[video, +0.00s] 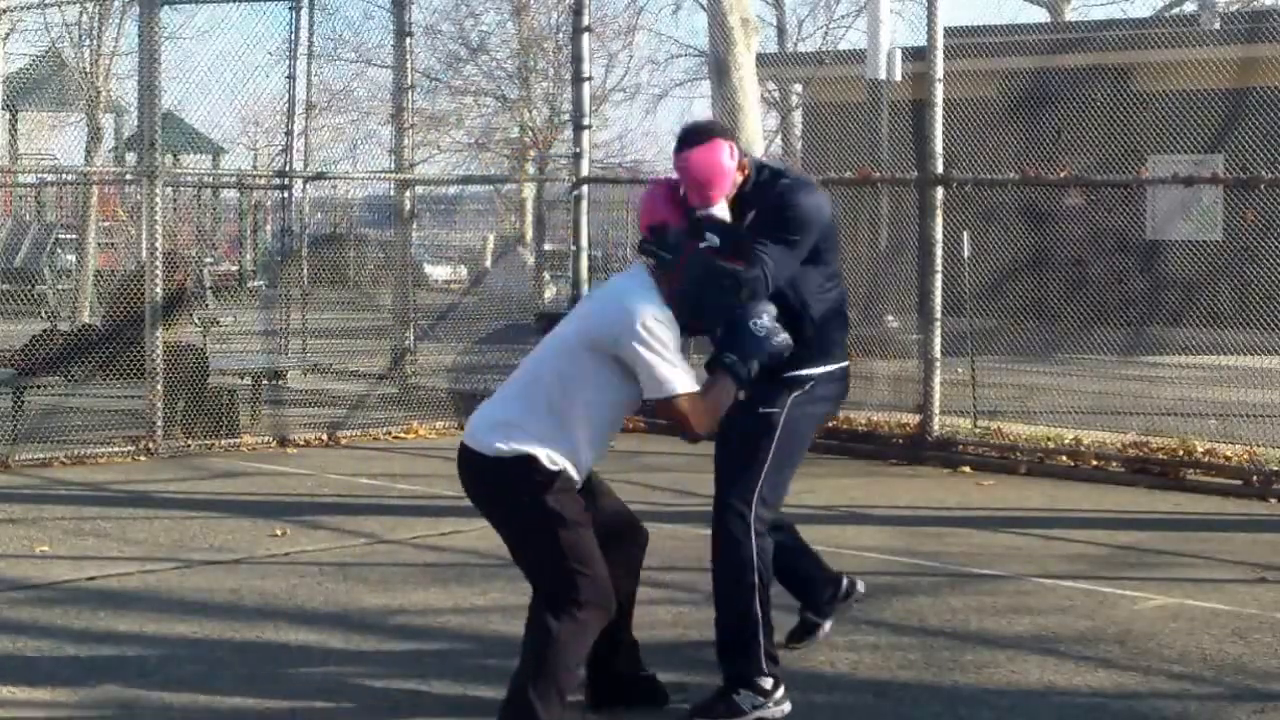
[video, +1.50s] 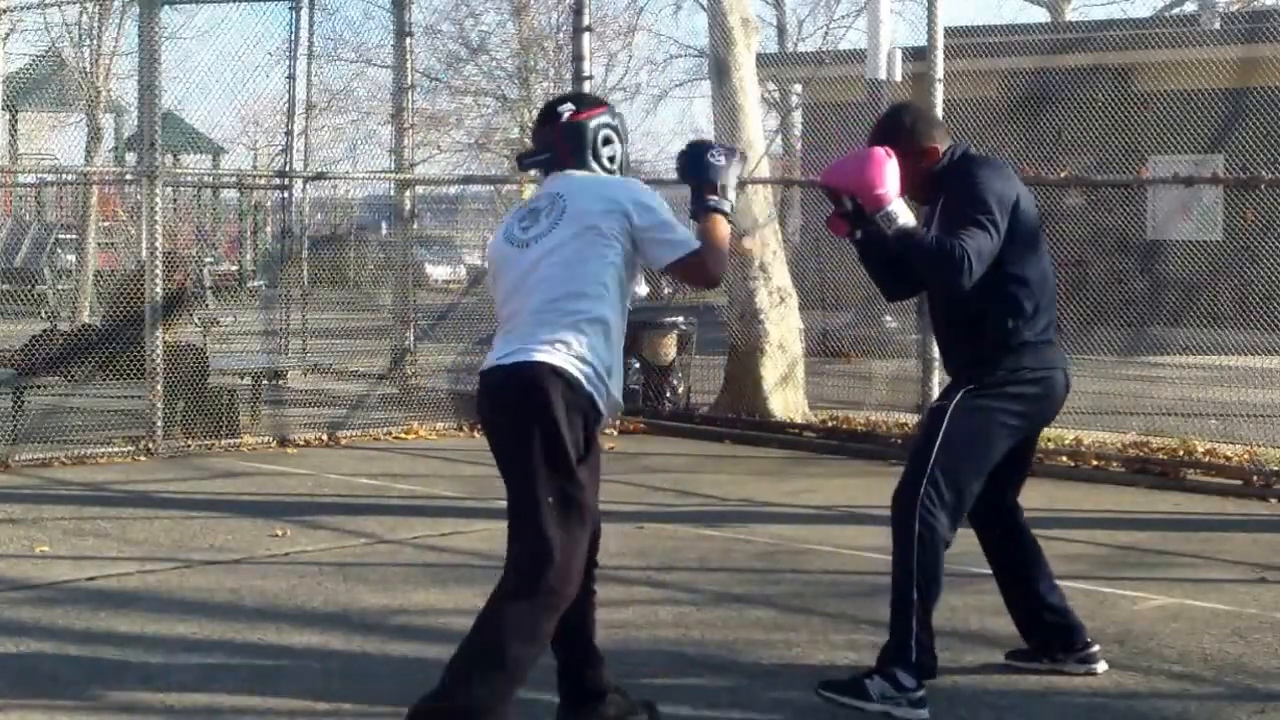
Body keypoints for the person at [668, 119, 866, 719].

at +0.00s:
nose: (711, 209)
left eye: (715, 196)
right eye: (701, 201)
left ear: (738, 167)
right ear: (685, 183)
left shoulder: (798, 202)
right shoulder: (728, 198)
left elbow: (755, 283)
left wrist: (706, 239)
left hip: (806, 375)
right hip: (755, 374)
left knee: (742, 515)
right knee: (742, 504)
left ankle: (756, 683)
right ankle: (823, 589)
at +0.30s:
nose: (775, 172)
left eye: (778, 161)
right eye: (766, 167)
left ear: (806, 144)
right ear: (787, 158)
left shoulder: (870, 177)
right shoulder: (806, 191)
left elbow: (829, 247)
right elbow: (771, 273)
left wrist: (786, 182)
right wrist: (735, 212)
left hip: (881, 358)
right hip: (848, 359)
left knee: (812, 486)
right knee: (809, 481)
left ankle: (840, 642)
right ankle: (850, 615)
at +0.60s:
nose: (845, 167)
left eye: (851, 155)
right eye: (838, 157)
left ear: (882, 140)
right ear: (838, 150)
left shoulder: (939, 182)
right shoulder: (866, 185)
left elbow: (947, 276)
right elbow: (850, 284)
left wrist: (867, 238)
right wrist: (817, 241)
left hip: (941, 360)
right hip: (914, 359)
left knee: (859, 481)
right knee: (921, 491)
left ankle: (879, 640)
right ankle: (988, 620)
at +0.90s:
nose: (859, 174)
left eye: (867, 161)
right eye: (854, 164)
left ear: (897, 145)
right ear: (867, 157)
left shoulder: (952, 178)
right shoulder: (887, 185)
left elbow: (916, 265)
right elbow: (835, 260)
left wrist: (869, 200)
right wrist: (807, 207)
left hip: (961, 365)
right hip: (927, 366)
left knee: (898, 510)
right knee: (949, 497)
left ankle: (896, 676)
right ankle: (987, 619)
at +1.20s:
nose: (861, 175)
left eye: (863, 164)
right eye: (859, 167)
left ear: (894, 153)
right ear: (896, 151)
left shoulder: (972, 179)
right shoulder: (910, 185)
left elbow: (927, 253)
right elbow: (857, 262)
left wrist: (891, 183)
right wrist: (823, 205)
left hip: (985, 371)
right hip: (959, 372)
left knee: (906, 507)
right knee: (975, 505)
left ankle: (894, 675)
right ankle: (1067, 638)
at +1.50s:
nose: (898, 182)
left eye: (895, 172)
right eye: (893, 173)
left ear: (916, 157)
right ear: (926, 151)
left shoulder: (983, 179)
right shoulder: (947, 196)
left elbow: (958, 270)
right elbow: (897, 284)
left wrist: (888, 215)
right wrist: (860, 231)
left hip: (1010, 374)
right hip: (1005, 373)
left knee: (920, 503)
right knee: (993, 509)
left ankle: (904, 674)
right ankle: (1060, 641)